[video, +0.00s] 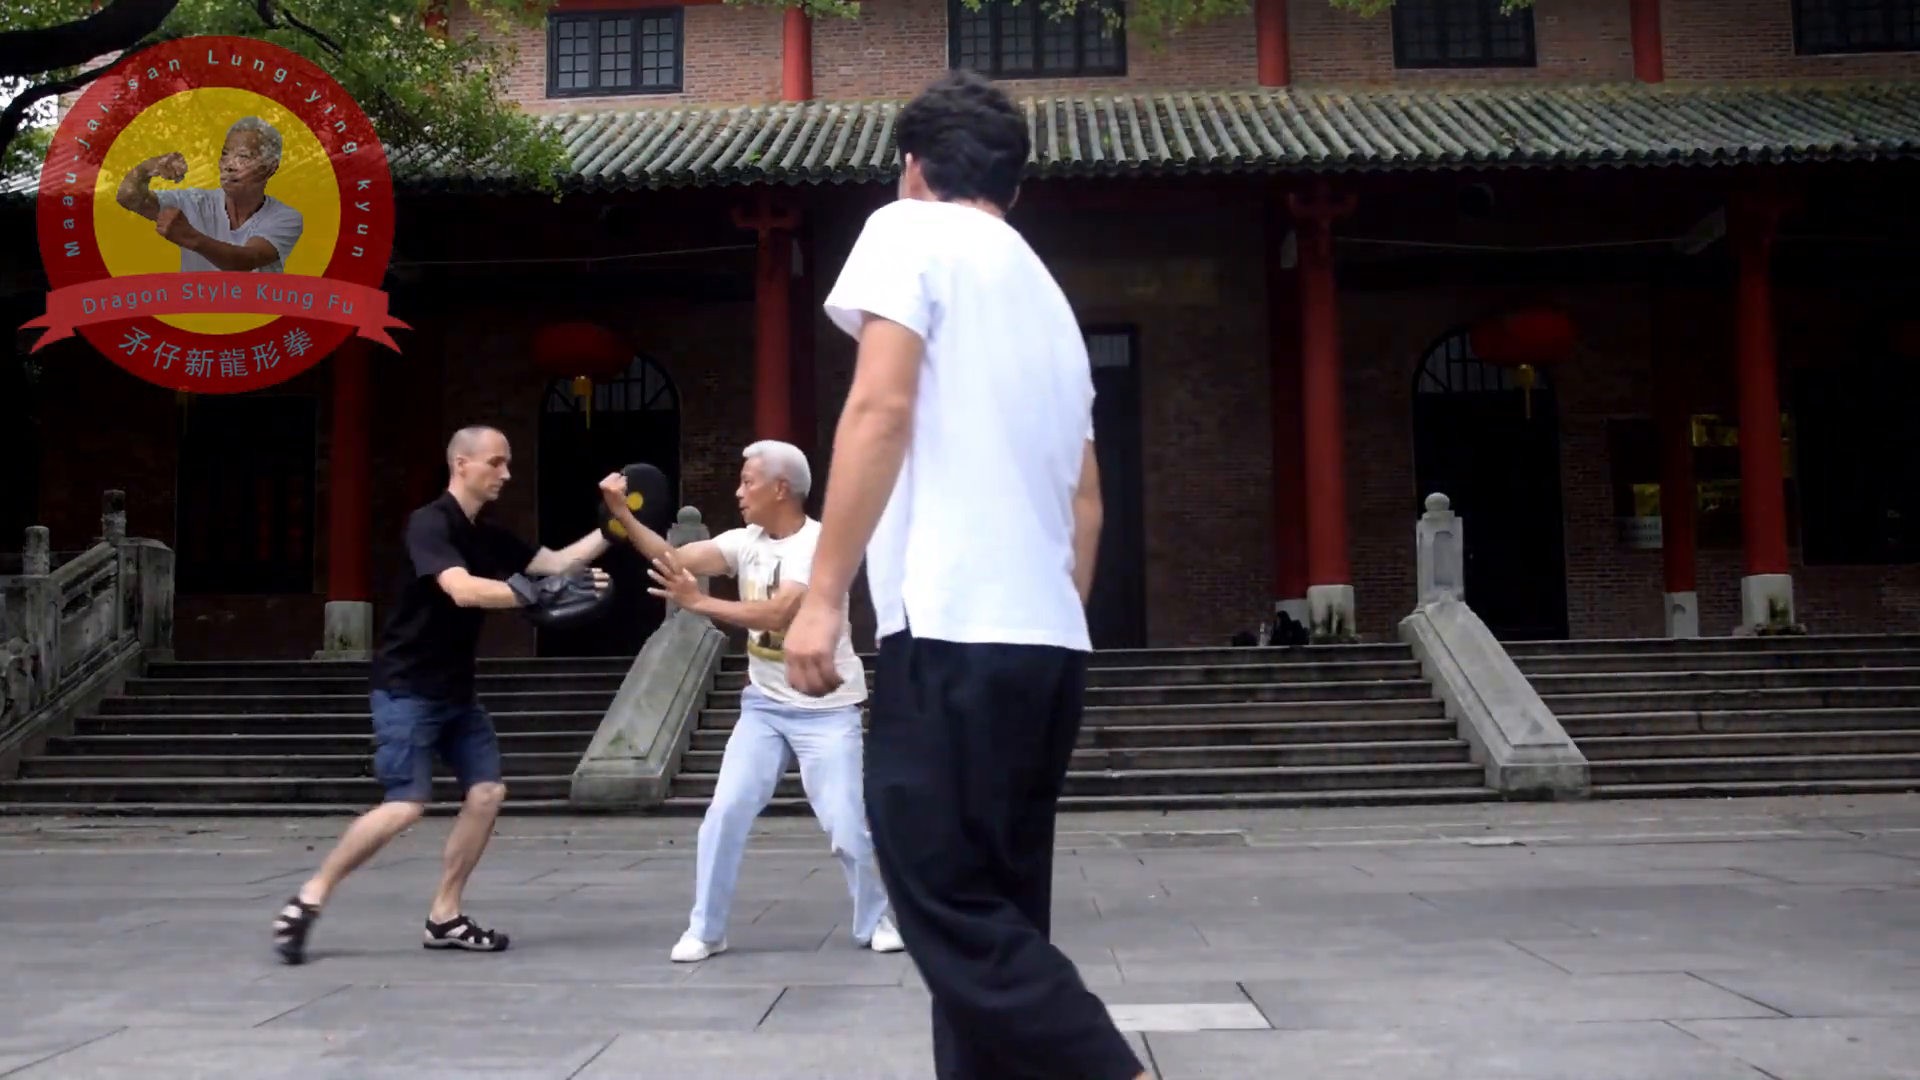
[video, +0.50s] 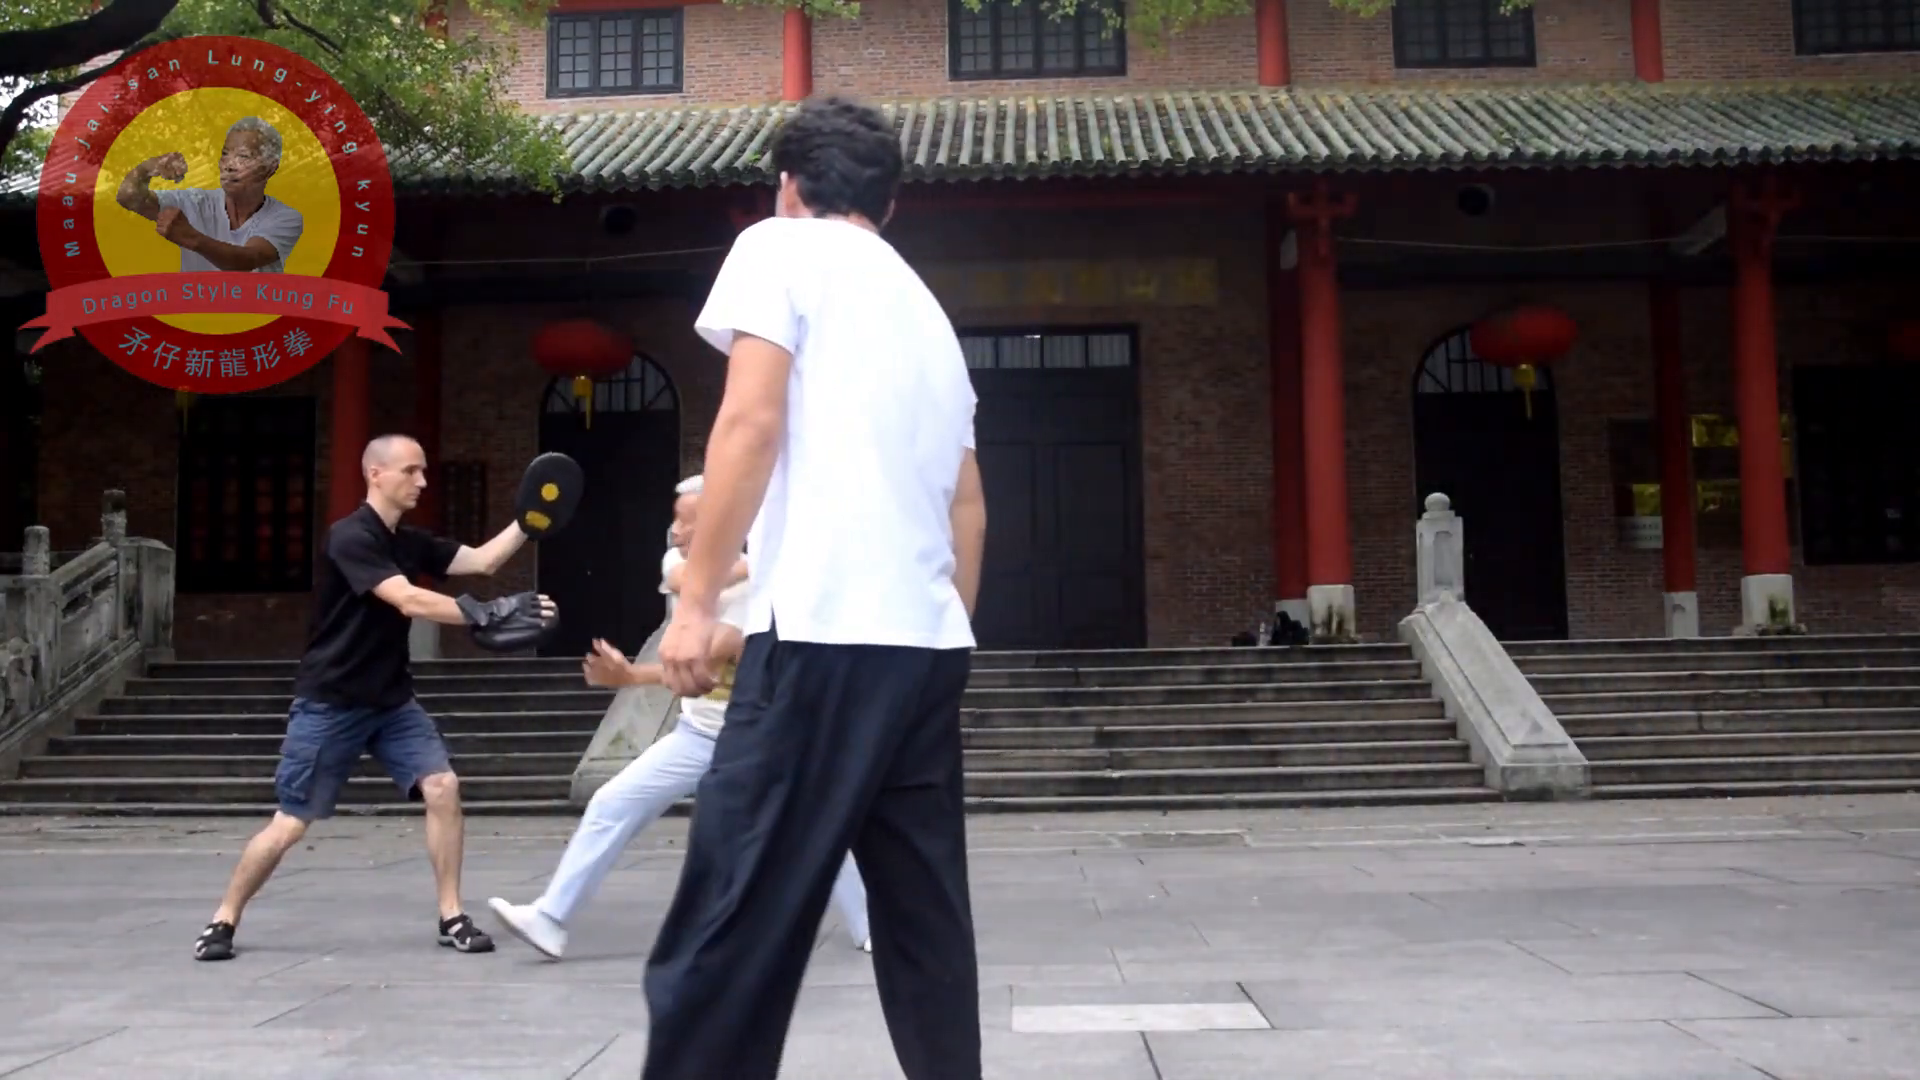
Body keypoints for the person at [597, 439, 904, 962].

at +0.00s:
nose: (739, 490)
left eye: (747, 481)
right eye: (740, 480)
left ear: (781, 489)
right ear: (768, 488)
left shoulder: (820, 543)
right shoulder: (746, 541)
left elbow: (777, 615)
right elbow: (675, 559)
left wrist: (698, 601)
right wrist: (621, 513)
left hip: (829, 713)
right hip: (764, 709)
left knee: (848, 833)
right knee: (727, 808)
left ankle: (877, 920)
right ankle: (705, 931)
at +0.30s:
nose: (764, 517)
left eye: (774, 506)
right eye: (760, 507)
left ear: (795, 511)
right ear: (752, 513)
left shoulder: (819, 574)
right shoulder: (743, 556)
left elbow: (779, 653)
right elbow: (680, 584)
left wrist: (694, 653)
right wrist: (646, 563)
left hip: (808, 729)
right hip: (751, 723)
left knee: (817, 832)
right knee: (701, 807)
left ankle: (820, 949)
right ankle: (701, 927)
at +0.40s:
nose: (742, 532)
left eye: (755, 524)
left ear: (778, 534)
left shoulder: (789, 596)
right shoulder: (735, 580)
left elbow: (745, 665)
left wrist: (672, 697)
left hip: (788, 728)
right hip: (731, 724)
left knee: (833, 819)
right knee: (657, 798)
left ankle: (866, 918)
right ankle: (641, 921)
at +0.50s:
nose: (677, 530)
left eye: (688, 519)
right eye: (675, 519)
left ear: (721, 523)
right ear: (675, 521)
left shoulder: (757, 580)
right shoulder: (677, 563)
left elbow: (716, 658)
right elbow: (690, 584)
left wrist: (631, 676)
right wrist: (758, 561)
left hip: (759, 737)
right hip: (698, 732)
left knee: (822, 836)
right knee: (614, 803)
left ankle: (876, 932)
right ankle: (549, 919)